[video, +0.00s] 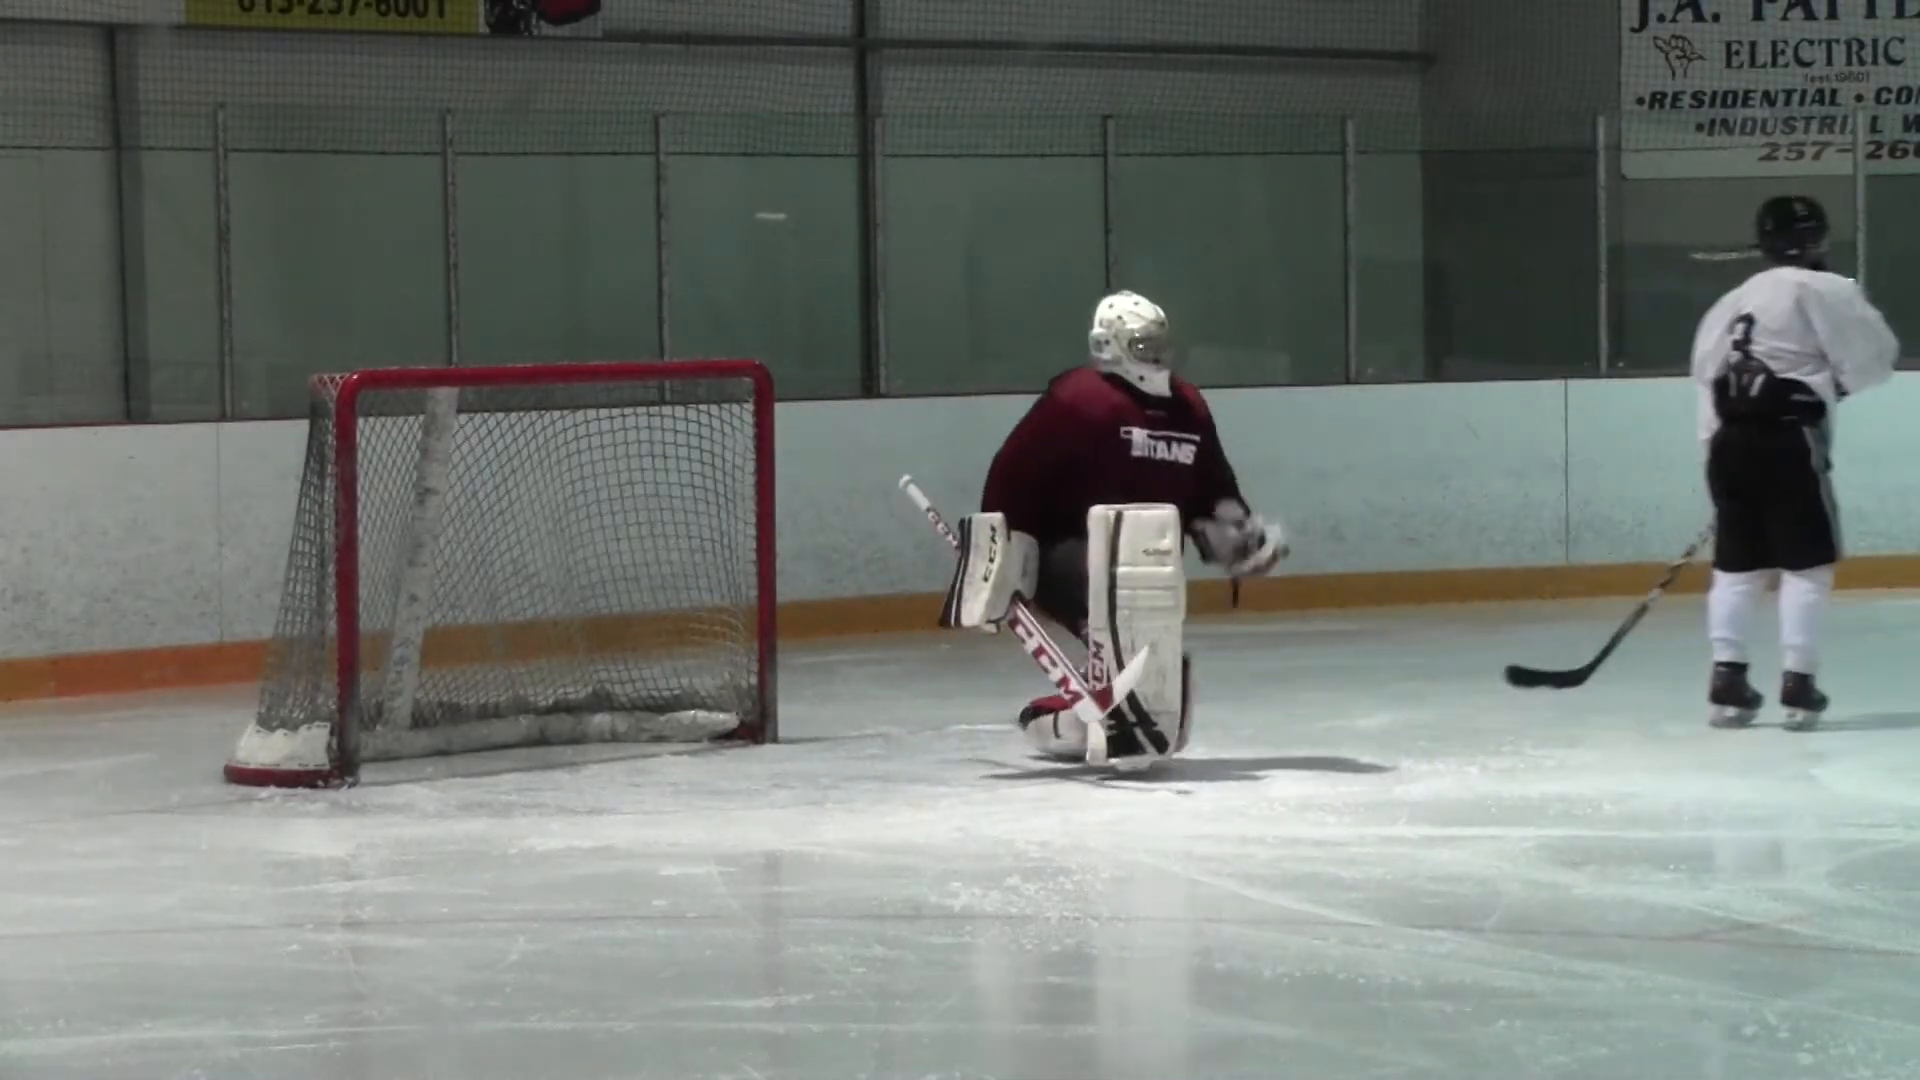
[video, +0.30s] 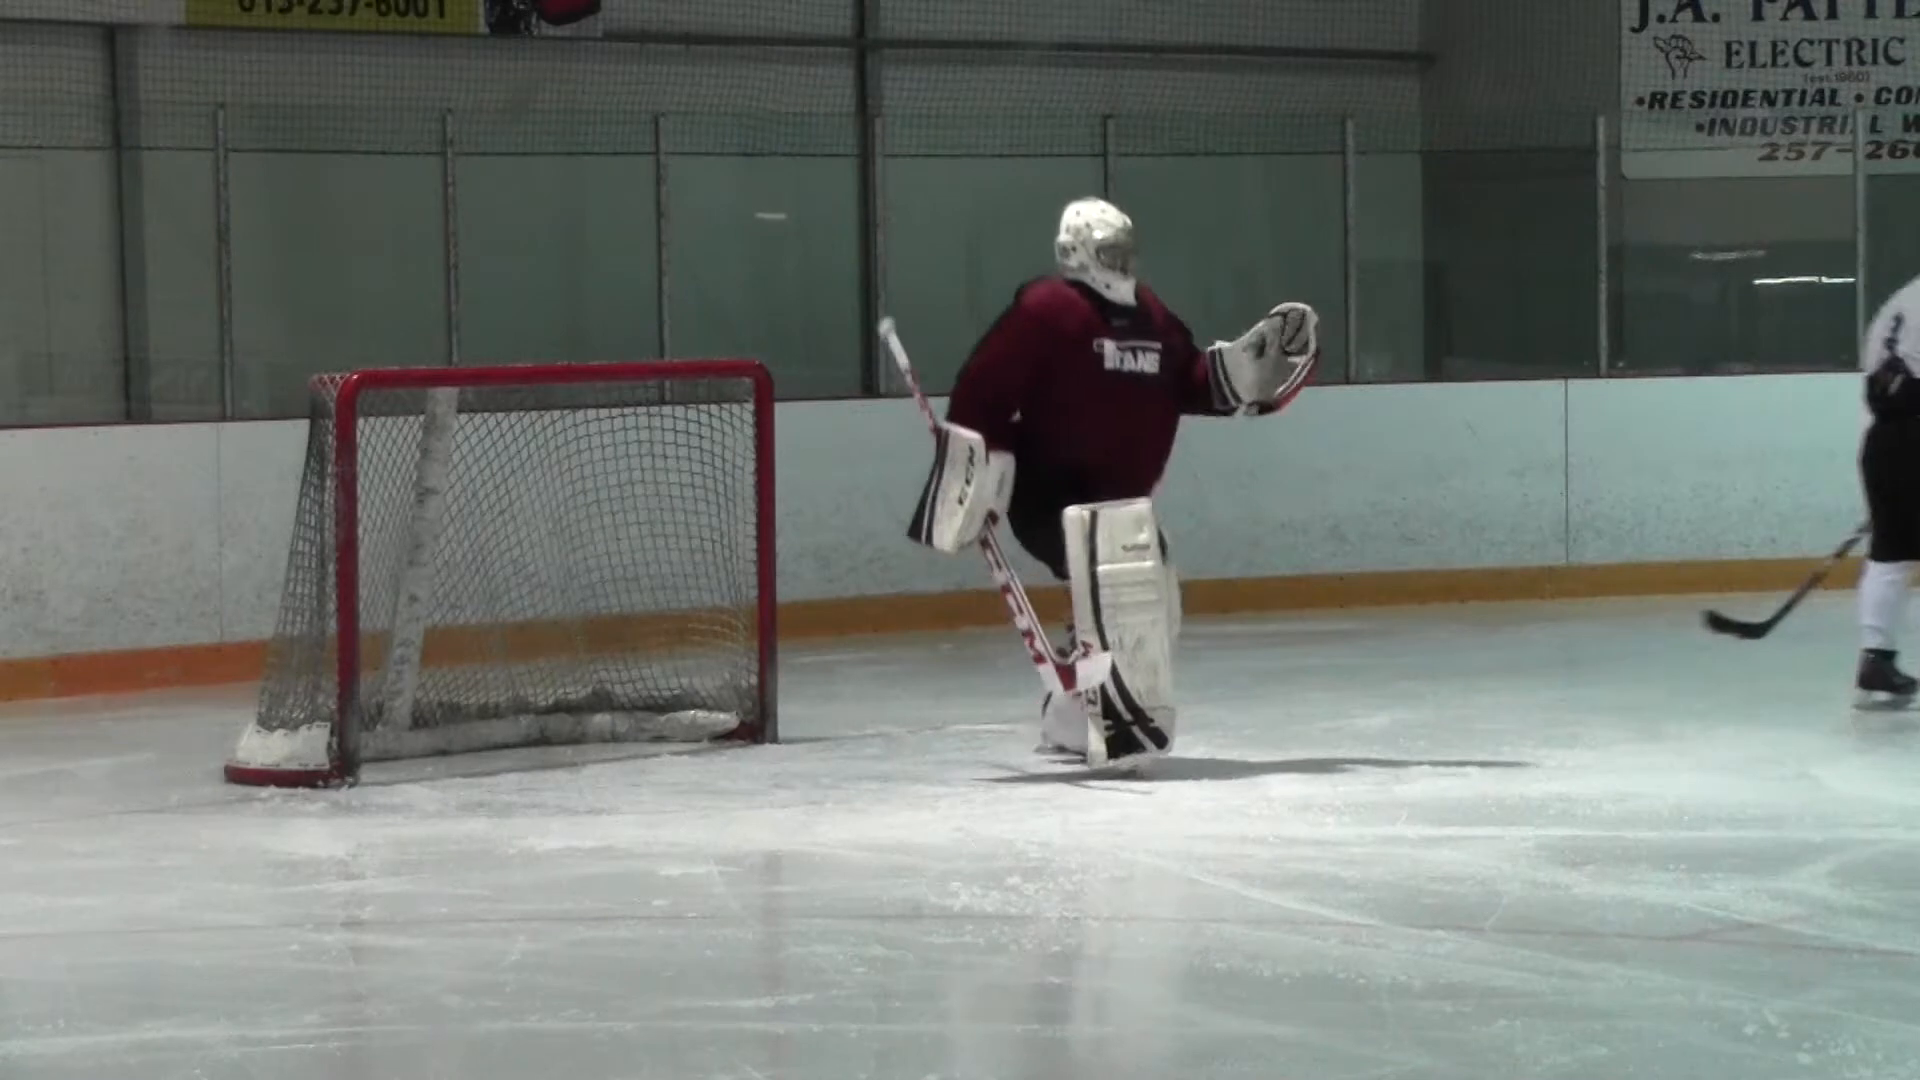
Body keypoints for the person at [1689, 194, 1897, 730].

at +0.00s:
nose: (1821, 248)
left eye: (1817, 238)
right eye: (1819, 239)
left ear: (1764, 243)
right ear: (1813, 240)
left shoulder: (1728, 303)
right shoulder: (1823, 289)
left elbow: (1708, 395)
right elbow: (1876, 357)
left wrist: (1714, 466)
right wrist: (1822, 385)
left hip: (1729, 450)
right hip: (1789, 449)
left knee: (1735, 564)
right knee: (1806, 564)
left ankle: (1726, 679)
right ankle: (1798, 683)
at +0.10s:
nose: (1879, 247)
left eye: (1876, 238)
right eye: (1874, 239)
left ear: (1821, 242)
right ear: (1862, 241)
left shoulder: (1784, 298)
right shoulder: (1874, 291)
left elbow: (1757, 373)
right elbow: (1906, 371)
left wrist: (1763, 449)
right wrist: (1863, 383)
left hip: (1776, 443)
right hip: (1834, 444)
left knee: (1782, 560)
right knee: (1851, 559)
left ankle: (1772, 674)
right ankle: (1836, 677)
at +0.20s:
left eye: (1917, 241)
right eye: (1918, 242)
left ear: (1878, 244)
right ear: (1909, 244)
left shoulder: (1835, 302)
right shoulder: (1907, 288)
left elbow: (1814, 391)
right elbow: (1913, 366)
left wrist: (1818, 481)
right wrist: (1899, 403)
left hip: (1827, 441)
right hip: (1882, 439)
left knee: (1836, 556)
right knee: (1900, 558)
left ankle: (1820, 670)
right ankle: (1886, 671)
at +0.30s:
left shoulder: (1899, 304)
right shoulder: (1904, 305)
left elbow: (1880, 382)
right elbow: (1886, 387)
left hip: (1891, 441)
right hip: (1900, 442)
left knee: (1893, 553)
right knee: (1895, 554)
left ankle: (1877, 656)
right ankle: (1876, 656)